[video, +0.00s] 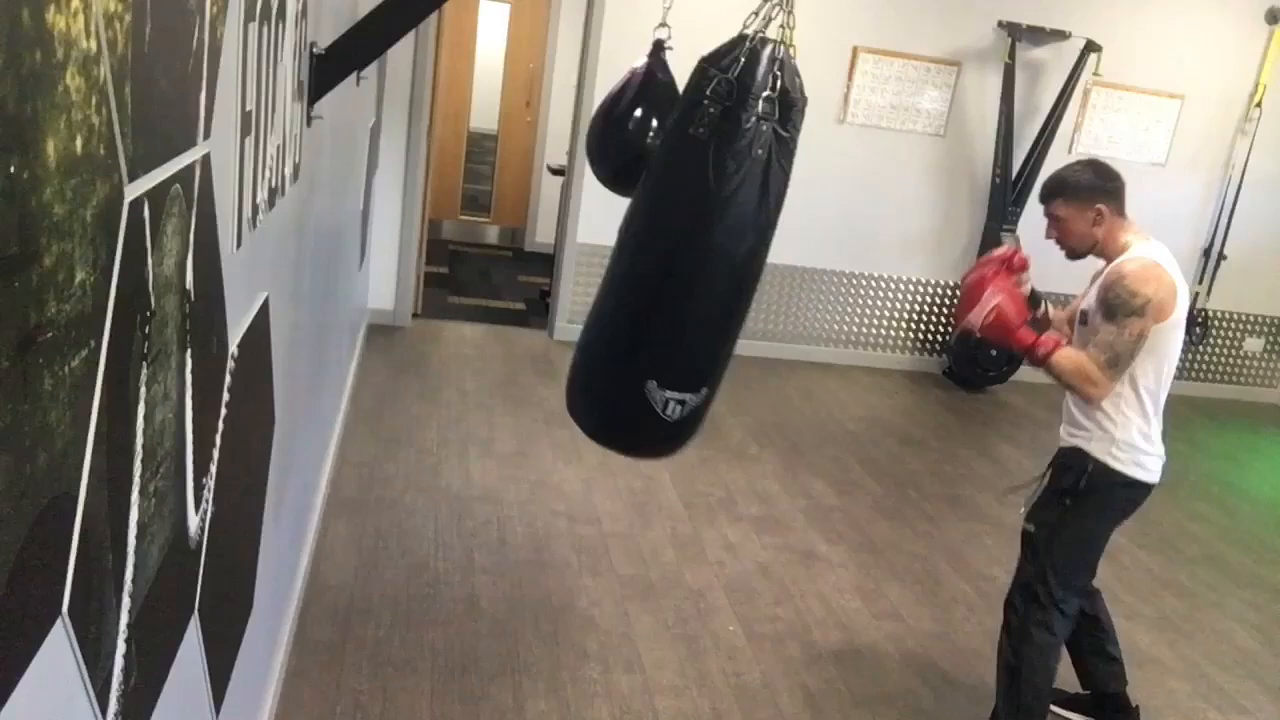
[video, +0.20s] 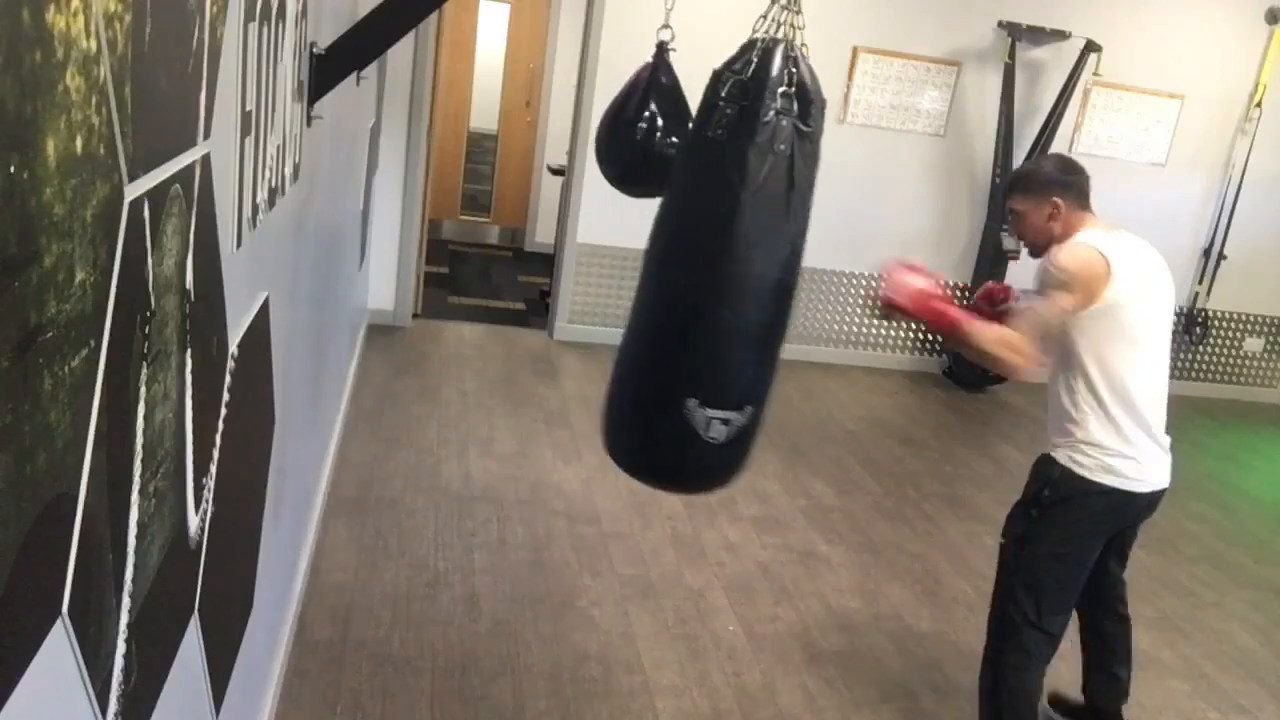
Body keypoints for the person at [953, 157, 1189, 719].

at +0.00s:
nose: (1052, 235)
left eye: (1057, 222)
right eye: (1049, 223)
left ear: (1099, 214)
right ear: (1101, 215)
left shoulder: (1139, 276)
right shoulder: (1128, 263)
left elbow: (1094, 380)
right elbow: (1073, 325)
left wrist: (1021, 335)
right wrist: (1022, 302)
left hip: (1103, 462)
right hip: (1101, 454)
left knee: (1036, 600)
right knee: (1069, 582)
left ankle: (1016, 713)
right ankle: (1110, 699)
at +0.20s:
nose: (1015, 236)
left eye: (1017, 222)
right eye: (1011, 223)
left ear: (1056, 208)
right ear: (1069, 208)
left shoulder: (1074, 261)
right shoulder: (1143, 256)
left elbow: (1024, 358)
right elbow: (1098, 336)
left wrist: (937, 310)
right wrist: (1017, 310)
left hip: (1085, 473)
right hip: (1143, 474)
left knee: (1025, 614)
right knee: (1101, 586)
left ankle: (1006, 709)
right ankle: (1104, 703)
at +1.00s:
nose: (1036, 236)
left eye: (1041, 221)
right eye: (1034, 222)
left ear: (1083, 213)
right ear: (1088, 213)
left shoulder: (1132, 275)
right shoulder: (1158, 265)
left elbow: (1087, 397)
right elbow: (1091, 376)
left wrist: (1011, 336)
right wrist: (1021, 337)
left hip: (1100, 515)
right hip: (1149, 512)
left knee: (1014, 673)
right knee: (1097, 649)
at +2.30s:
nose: (996, 209)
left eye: (999, 197)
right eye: (998, 197)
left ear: (1022, 198)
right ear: (1071, 195)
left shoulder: (1015, 249)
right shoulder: (1131, 264)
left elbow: (910, 307)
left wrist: (831, 268)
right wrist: (997, 271)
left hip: (1001, 490)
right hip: (1092, 503)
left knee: (930, 630)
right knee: (1083, 650)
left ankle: (901, 712)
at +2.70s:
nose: (1025, 215)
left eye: (1025, 203)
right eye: (1024, 203)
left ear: (1040, 208)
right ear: (1105, 199)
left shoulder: (1010, 282)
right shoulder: (1166, 278)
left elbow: (921, 376)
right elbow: (1156, 343)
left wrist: (835, 354)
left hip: (1003, 501)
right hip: (1100, 517)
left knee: (941, 634)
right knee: (1101, 662)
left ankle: (911, 714)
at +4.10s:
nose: (1078, 193)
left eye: (1081, 179)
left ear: (1093, 182)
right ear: (1188, 203)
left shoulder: (1014, 270)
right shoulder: (1247, 328)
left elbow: (902, 423)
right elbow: (1231, 509)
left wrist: (981, 376)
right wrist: (1153, 440)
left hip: (942, 606)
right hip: (1077, 655)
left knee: (878, 709)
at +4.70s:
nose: (978, 237)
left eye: (979, 221)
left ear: (994, 227)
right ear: (1085, 234)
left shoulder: (936, 317)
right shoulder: (1156, 357)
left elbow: (832, 471)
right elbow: (1138, 510)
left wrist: (867, 373)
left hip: (883, 661)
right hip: (1025, 688)